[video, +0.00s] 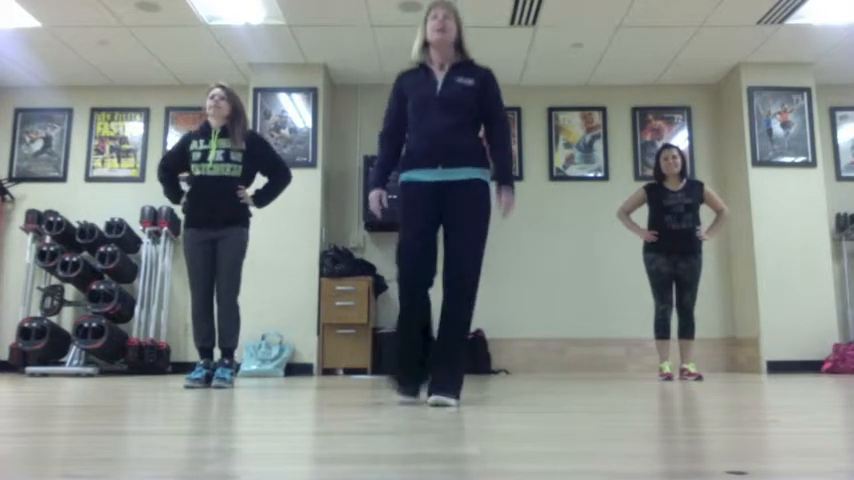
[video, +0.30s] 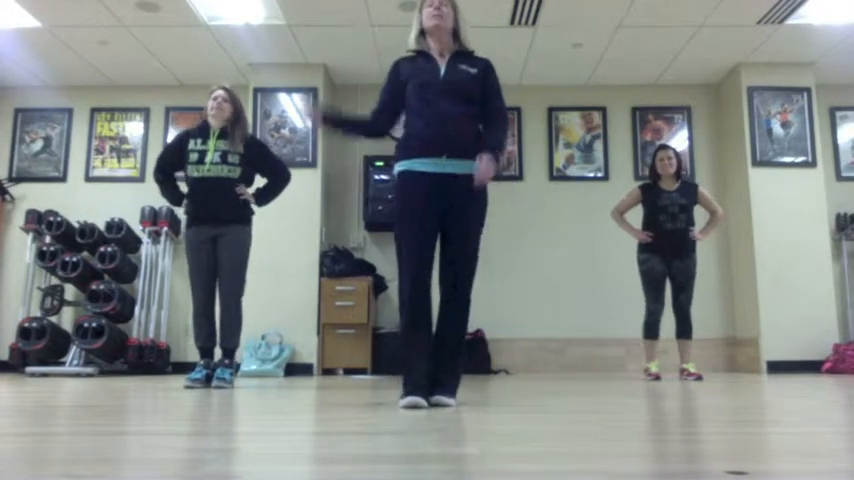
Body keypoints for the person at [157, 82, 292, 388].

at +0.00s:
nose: (214, 101)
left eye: (221, 98)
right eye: (211, 97)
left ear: (233, 107)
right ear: (204, 105)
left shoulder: (250, 141)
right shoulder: (193, 139)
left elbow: (283, 174)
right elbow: (165, 168)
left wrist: (257, 198)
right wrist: (178, 197)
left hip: (232, 227)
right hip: (197, 226)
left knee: (227, 294)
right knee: (200, 295)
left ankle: (226, 362)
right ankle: (205, 362)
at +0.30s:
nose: (217, 102)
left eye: (224, 100)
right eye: (214, 98)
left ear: (234, 111)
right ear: (206, 107)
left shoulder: (247, 144)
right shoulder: (189, 139)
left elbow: (282, 174)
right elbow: (161, 170)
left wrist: (258, 197)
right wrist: (178, 199)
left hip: (234, 226)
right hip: (198, 225)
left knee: (230, 295)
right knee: (201, 295)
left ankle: (227, 363)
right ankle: (205, 362)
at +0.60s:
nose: (217, 100)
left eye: (224, 98)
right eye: (214, 96)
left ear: (234, 109)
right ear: (206, 104)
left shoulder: (247, 143)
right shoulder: (189, 137)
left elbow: (281, 173)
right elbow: (164, 168)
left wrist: (257, 196)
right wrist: (179, 198)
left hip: (234, 226)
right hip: (198, 225)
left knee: (232, 293)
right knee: (202, 294)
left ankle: (227, 362)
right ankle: (205, 361)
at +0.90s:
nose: (215, 100)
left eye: (222, 97)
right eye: (211, 96)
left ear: (232, 107)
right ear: (204, 104)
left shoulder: (249, 141)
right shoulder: (191, 139)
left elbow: (281, 174)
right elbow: (162, 169)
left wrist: (256, 197)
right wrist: (177, 197)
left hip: (232, 226)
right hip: (195, 226)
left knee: (228, 295)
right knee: (199, 296)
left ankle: (227, 363)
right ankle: (205, 362)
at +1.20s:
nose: (215, 101)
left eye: (221, 98)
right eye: (211, 96)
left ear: (231, 108)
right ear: (203, 104)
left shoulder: (246, 142)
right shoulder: (188, 140)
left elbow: (280, 174)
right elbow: (159, 170)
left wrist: (256, 197)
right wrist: (175, 199)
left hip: (232, 227)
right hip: (195, 226)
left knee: (228, 294)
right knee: (199, 296)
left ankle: (227, 362)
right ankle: (205, 362)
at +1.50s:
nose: (213, 100)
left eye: (220, 97)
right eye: (209, 96)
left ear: (230, 107)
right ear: (202, 104)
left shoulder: (245, 142)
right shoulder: (187, 140)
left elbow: (280, 174)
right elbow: (159, 171)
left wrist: (256, 196)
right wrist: (175, 199)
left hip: (232, 227)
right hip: (196, 226)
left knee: (229, 295)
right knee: (200, 297)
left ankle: (227, 362)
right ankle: (205, 361)